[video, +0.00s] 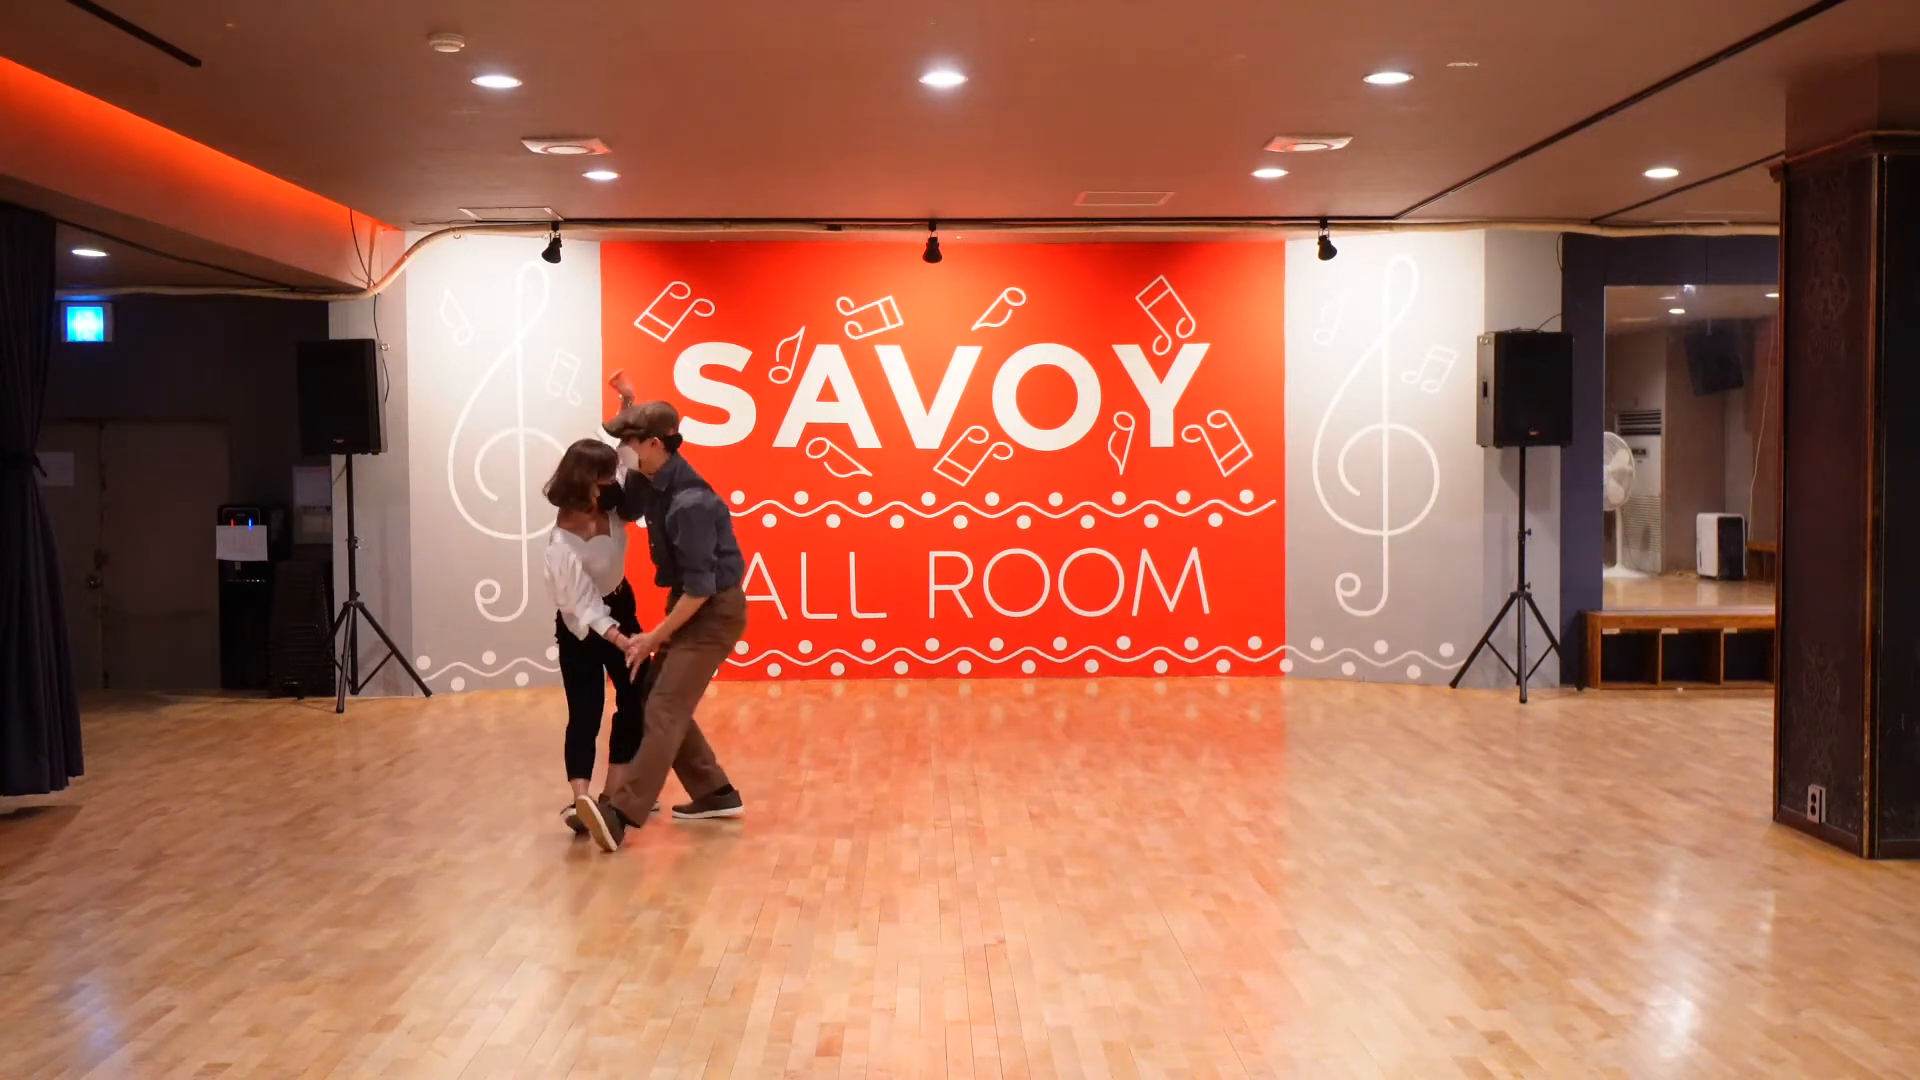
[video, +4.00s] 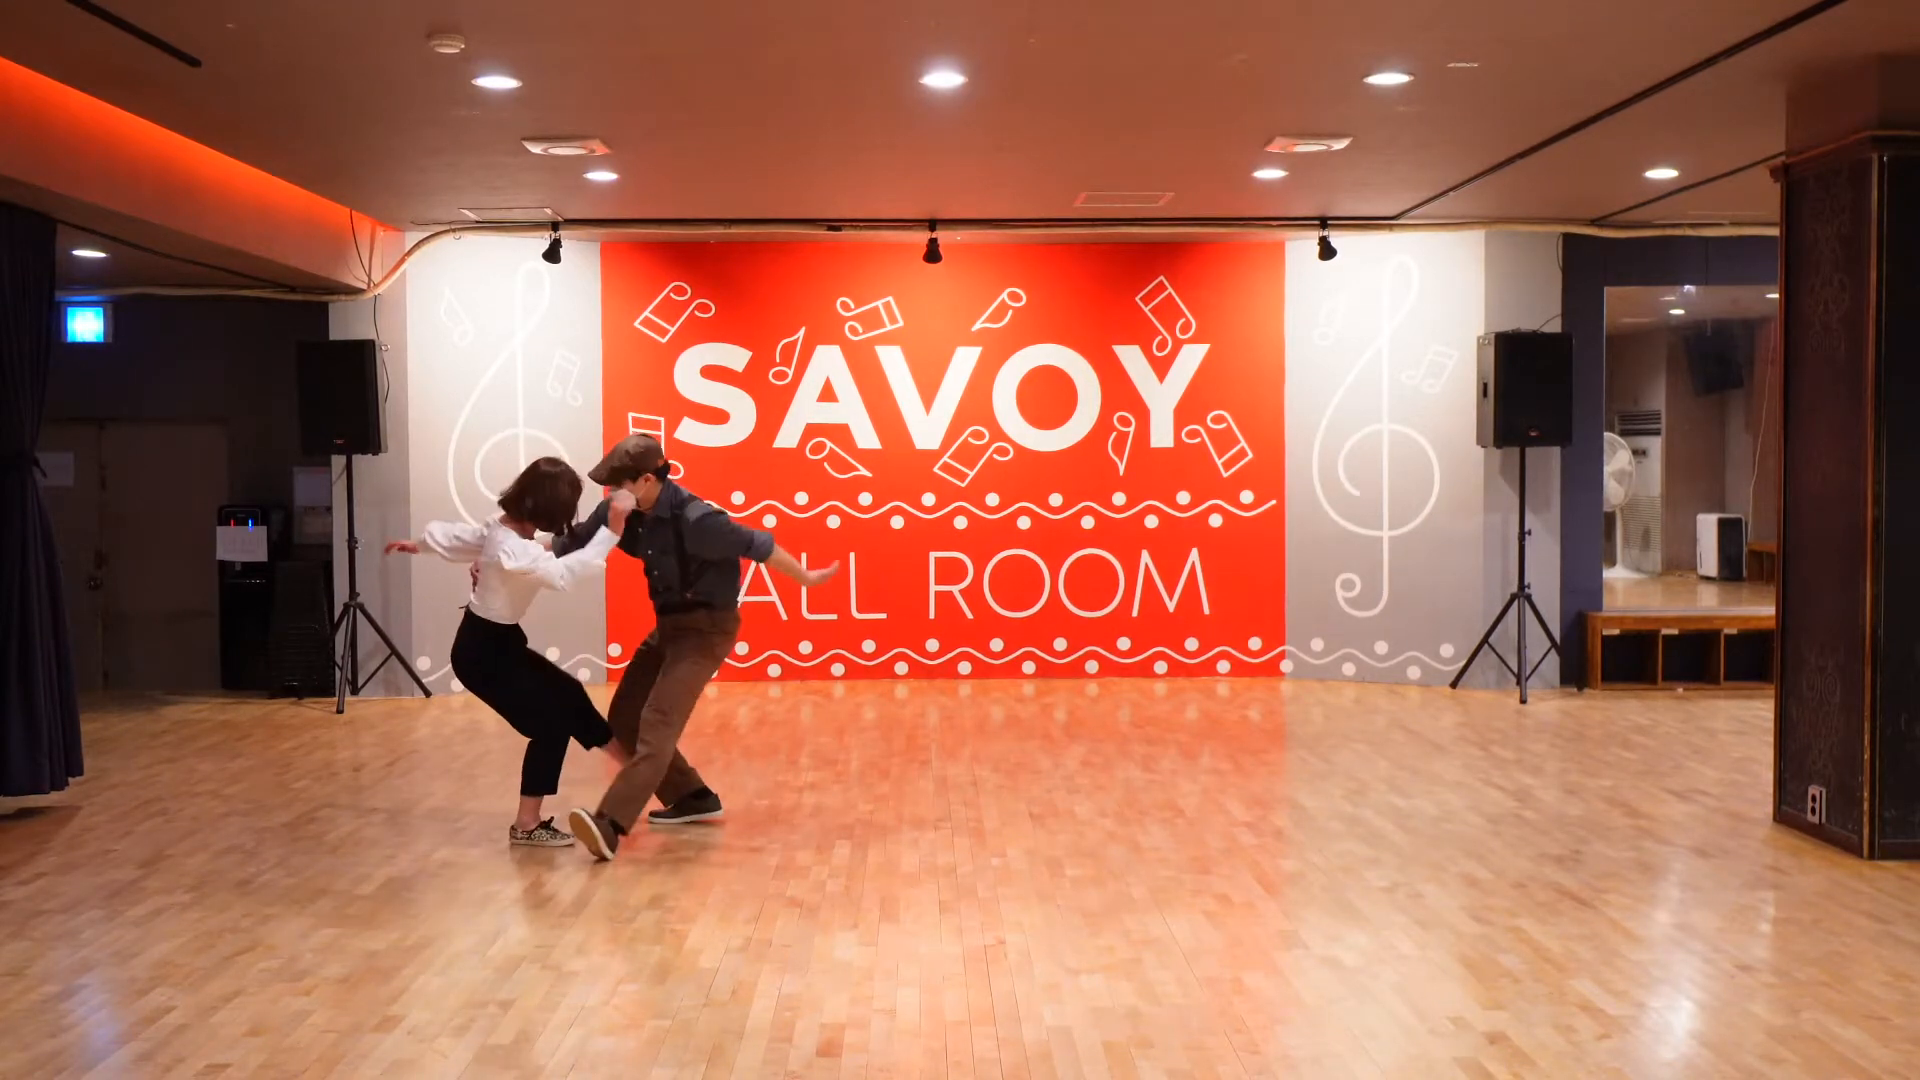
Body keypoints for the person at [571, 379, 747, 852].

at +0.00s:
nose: (629, 453)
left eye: (634, 443)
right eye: (628, 445)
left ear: (657, 444)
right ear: (655, 443)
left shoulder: (689, 502)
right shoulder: (651, 480)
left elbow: (699, 591)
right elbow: (622, 509)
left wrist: (655, 637)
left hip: (716, 610)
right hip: (689, 606)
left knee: (667, 704)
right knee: (659, 699)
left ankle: (620, 812)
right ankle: (716, 793)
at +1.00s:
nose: (628, 461)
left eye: (630, 450)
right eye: (623, 453)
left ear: (653, 441)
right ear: (642, 446)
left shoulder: (703, 486)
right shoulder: (647, 484)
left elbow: (714, 570)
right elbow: (614, 539)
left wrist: (645, 596)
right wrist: (574, 505)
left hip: (707, 610)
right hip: (675, 609)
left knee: (639, 705)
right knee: (656, 707)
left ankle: (682, 810)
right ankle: (716, 791)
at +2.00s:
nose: (627, 465)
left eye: (629, 455)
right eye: (624, 458)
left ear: (654, 446)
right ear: (654, 448)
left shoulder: (684, 479)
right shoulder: (657, 491)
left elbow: (602, 492)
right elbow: (603, 538)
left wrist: (535, 459)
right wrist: (559, 550)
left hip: (699, 613)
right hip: (683, 611)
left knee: (627, 720)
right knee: (618, 713)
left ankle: (671, 822)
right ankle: (575, 807)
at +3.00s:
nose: (626, 497)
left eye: (633, 488)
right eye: (624, 488)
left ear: (664, 477)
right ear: (656, 479)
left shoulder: (704, 519)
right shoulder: (646, 522)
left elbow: (730, 595)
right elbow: (592, 560)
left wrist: (679, 644)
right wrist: (534, 558)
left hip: (724, 636)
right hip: (693, 633)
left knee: (641, 726)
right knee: (624, 715)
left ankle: (698, 823)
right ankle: (699, 794)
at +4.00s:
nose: (614, 492)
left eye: (622, 483)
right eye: (613, 483)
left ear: (649, 480)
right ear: (637, 481)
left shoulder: (696, 519)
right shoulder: (625, 513)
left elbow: (761, 546)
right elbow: (572, 542)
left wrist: (806, 577)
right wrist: (527, 557)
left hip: (707, 630)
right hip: (669, 629)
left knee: (659, 720)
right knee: (624, 719)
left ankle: (610, 825)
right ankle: (692, 797)